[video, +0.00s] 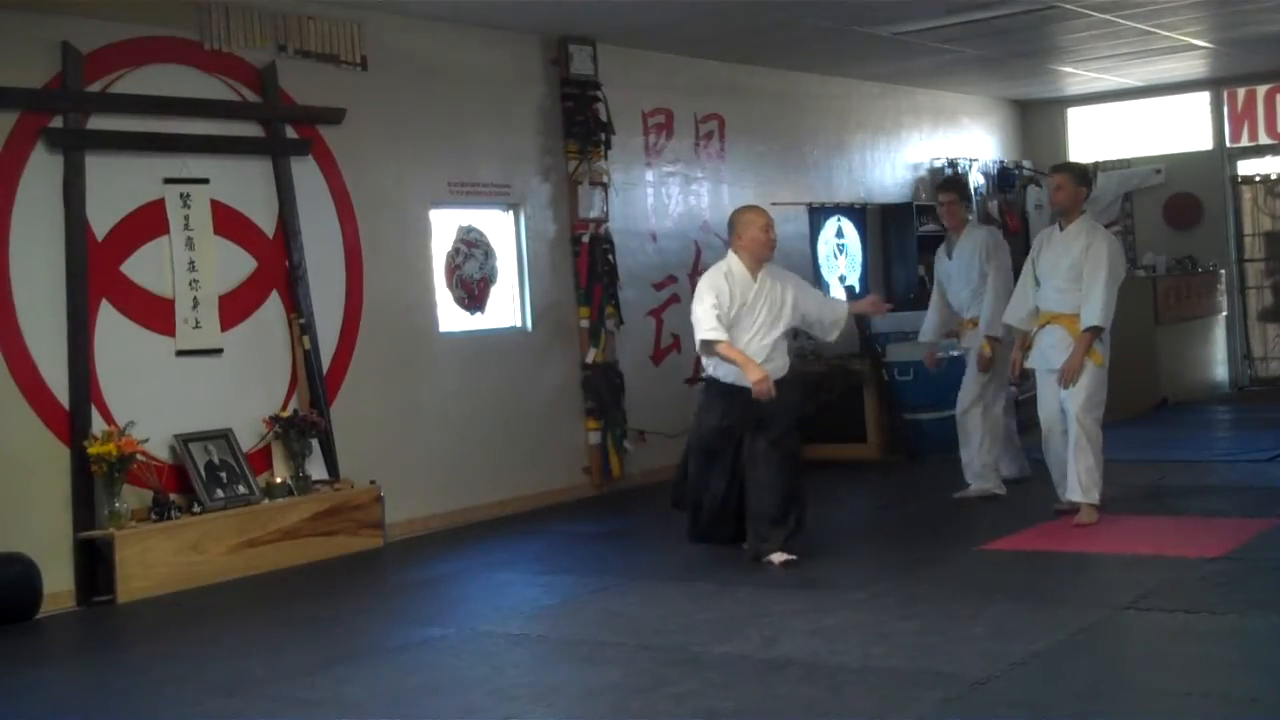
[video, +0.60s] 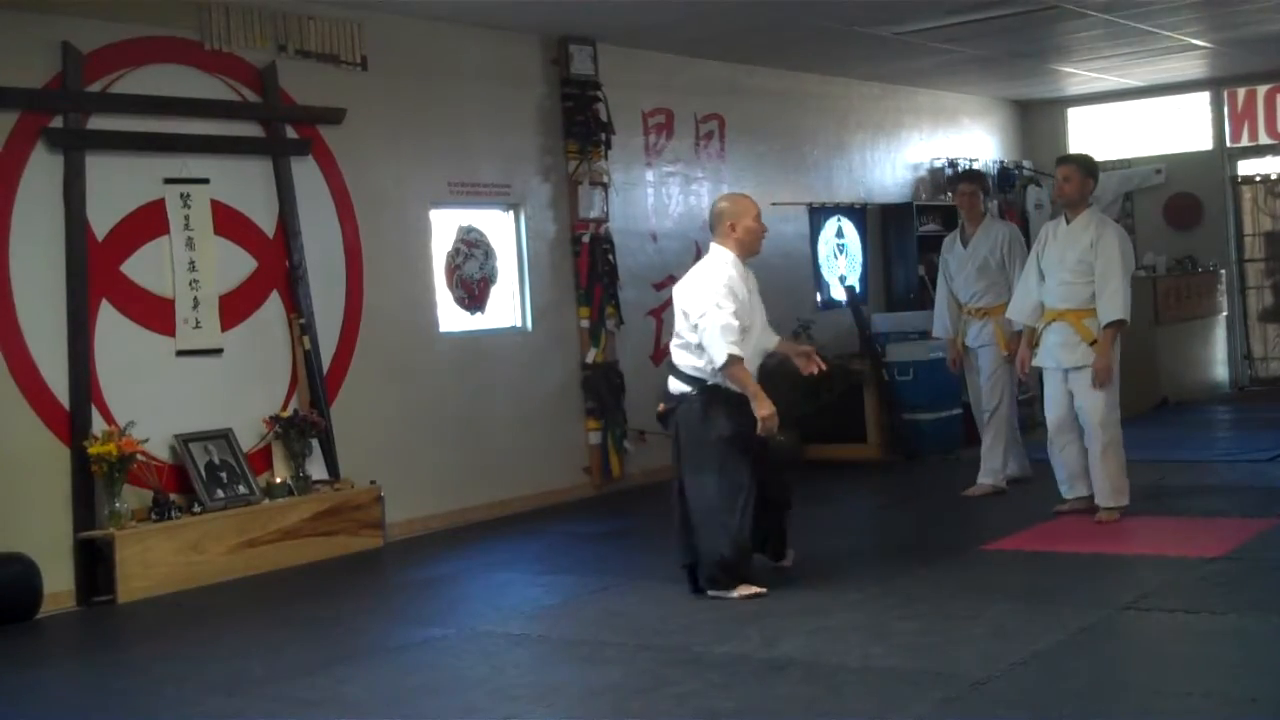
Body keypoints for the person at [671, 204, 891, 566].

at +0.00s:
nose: (774, 236)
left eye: (773, 229)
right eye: (765, 230)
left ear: (761, 237)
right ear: (739, 238)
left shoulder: (783, 282)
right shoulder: (714, 282)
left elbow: (823, 308)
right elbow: (710, 338)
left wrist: (860, 307)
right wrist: (749, 365)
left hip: (773, 390)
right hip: (724, 393)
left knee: (773, 465)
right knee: (712, 464)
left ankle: (772, 543)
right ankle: (717, 533)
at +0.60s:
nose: (764, 228)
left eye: (761, 220)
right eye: (757, 220)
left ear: (732, 229)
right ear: (732, 228)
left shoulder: (740, 274)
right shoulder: (714, 279)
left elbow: (754, 331)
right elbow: (722, 352)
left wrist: (789, 349)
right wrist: (757, 395)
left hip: (729, 394)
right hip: (702, 400)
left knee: (745, 479)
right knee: (717, 490)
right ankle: (718, 578)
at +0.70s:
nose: (755, 222)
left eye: (753, 215)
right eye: (749, 215)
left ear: (721, 222)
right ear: (727, 221)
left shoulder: (715, 263)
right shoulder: (713, 269)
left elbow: (740, 326)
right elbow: (723, 341)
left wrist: (785, 340)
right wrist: (753, 394)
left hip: (699, 394)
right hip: (705, 398)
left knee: (707, 489)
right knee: (721, 489)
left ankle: (704, 574)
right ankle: (723, 579)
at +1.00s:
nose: (709, 233)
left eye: (709, 225)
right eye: (708, 225)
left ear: (664, 226)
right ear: (694, 226)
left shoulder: (649, 267)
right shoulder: (683, 272)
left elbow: (689, 324)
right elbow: (680, 338)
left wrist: (734, 300)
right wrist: (694, 393)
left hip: (630, 388)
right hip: (665, 391)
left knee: (640, 496)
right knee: (710, 487)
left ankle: (633, 597)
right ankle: (716, 581)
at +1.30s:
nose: (669, 219)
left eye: (666, 211)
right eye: (668, 211)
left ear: (624, 216)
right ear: (658, 215)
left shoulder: (600, 262)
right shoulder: (658, 268)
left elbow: (636, 315)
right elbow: (693, 335)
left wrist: (691, 298)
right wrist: (739, 394)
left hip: (591, 394)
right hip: (638, 400)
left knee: (604, 506)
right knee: (678, 501)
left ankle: (602, 607)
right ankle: (659, 607)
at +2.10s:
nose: (619, 222)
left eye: (618, 213)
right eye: (619, 214)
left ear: (564, 215)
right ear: (609, 217)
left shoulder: (525, 269)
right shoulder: (612, 275)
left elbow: (558, 313)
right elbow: (667, 359)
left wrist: (626, 290)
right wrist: (720, 392)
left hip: (528, 415)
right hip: (592, 414)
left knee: (543, 543)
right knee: (611, 533)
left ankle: (561, 669)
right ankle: (627, 651)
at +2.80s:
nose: (646, 216)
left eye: (644, 207)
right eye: (645, 209)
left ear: (590, 210)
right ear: (635, 212)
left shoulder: (551, 261)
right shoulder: (648, 269)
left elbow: (539, 322)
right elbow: (714, 338)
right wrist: (736, 349)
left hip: (550, 406)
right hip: (616, 409)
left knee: (554, 537)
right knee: (641, 533)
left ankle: (558, 666)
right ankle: (654, 653)